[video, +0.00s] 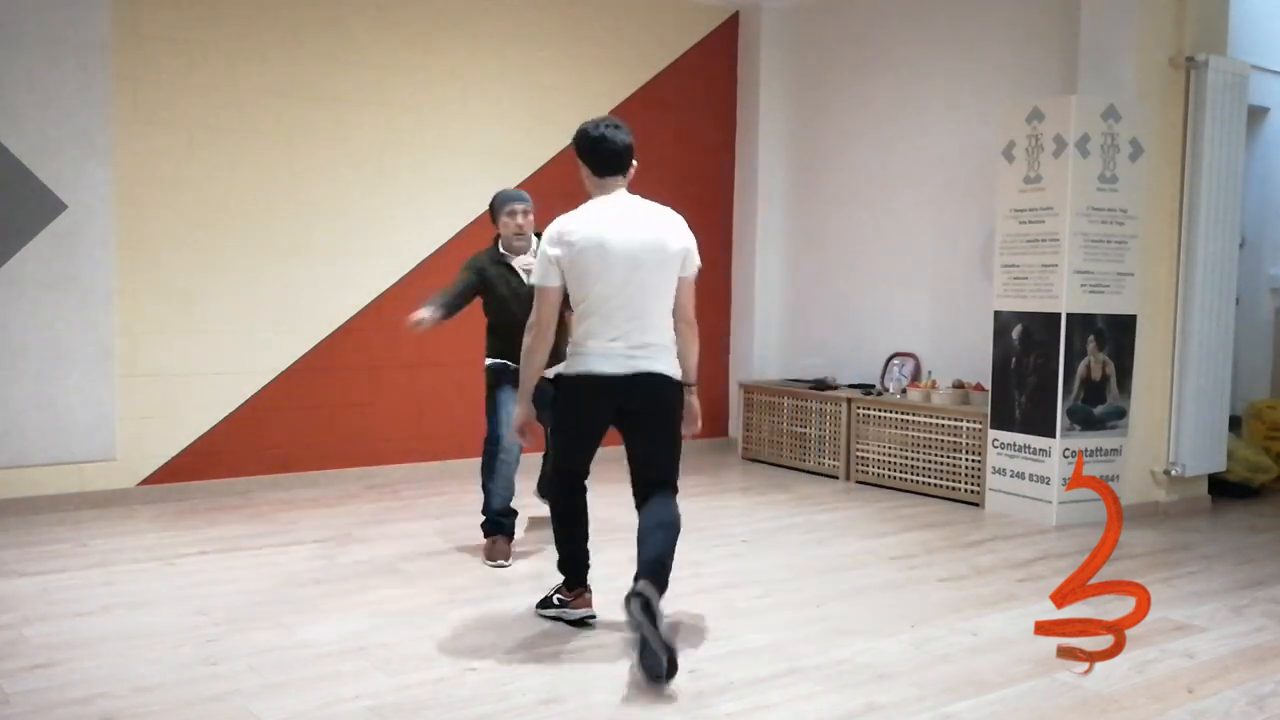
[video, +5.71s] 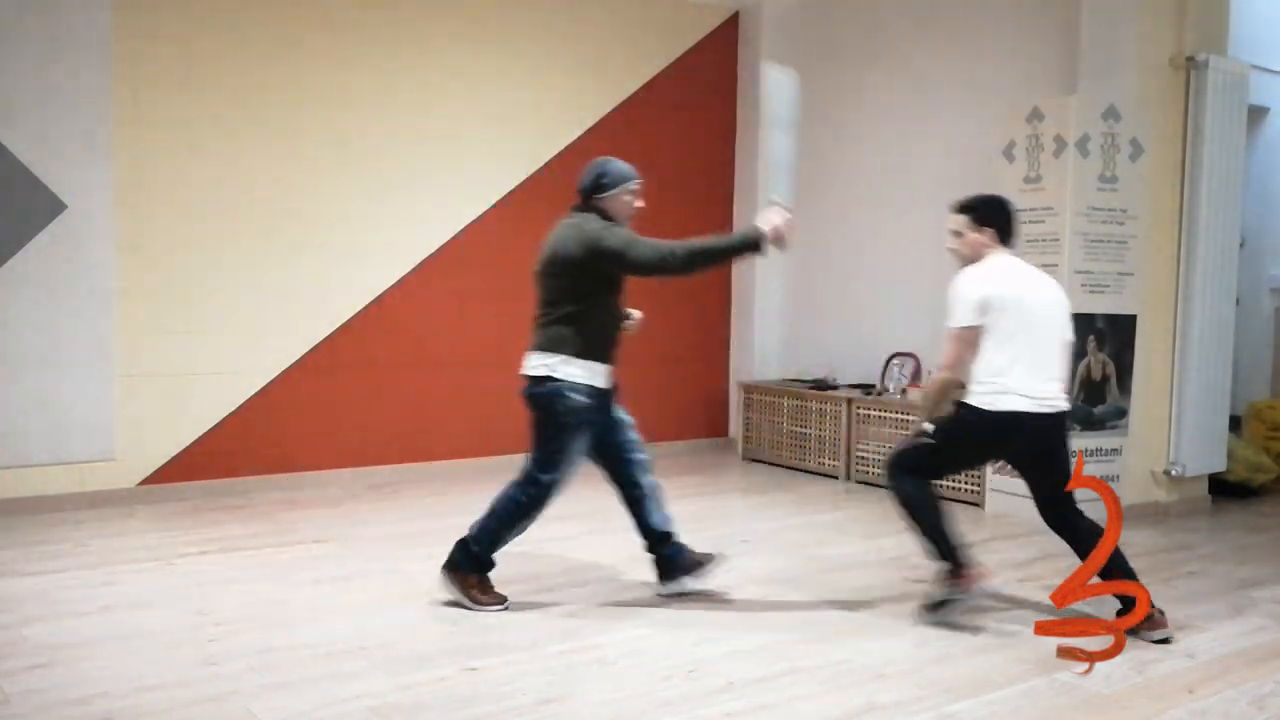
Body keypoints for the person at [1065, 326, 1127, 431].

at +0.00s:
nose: (1087, 346)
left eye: (1091, 342)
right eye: (1088, 342)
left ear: (1098, 344)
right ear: (1088, 345)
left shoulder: (1108, 364)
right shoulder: (1084, 364)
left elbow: (1113, 389)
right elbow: (1076, 390)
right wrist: (1070, 408)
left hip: (1103, 406)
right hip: (1085, 405)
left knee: (1121, 411)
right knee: (1071, 410)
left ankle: (1086, 425)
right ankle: (1101, 425)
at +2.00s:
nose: (1087, 346)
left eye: (1090, 342)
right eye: (1087, 342)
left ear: (1098, 344)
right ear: (1087, 345)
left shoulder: (1108, 364)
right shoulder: (1084, 365)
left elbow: (1114, 391)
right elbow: (1076, 391)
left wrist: (1107, 406)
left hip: (1103, 406)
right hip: (1086, 406)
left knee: (1121, 411)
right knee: (1071, 411)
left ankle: (1086, 425)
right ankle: (1100, 425)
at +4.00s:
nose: (1088, 345)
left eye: (1091, 342)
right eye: (1088, 342)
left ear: (1098, 344)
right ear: (1087, 344)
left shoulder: (1108, 365)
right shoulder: (1084, 364)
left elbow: (1114, 392)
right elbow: (1076, 390)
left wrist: (1106, 407)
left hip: (1103, 406)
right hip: (1086, 406)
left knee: (1122, 411)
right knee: (1071, 410)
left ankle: (1086, 425)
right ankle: (1099, 425)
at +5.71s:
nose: (1088, 345)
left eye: (1091, 341)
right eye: (1088, 342)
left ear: (1098, 344)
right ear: (1087, 345)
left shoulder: (1108, 364)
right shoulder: (1084, 364)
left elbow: (1113, 388)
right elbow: (1077, 386)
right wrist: (1071, 402)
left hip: (1102, 405)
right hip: (1085, 405)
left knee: (1121, 411)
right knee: (1071, 409)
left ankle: (1087, 423)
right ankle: (1098, 423)